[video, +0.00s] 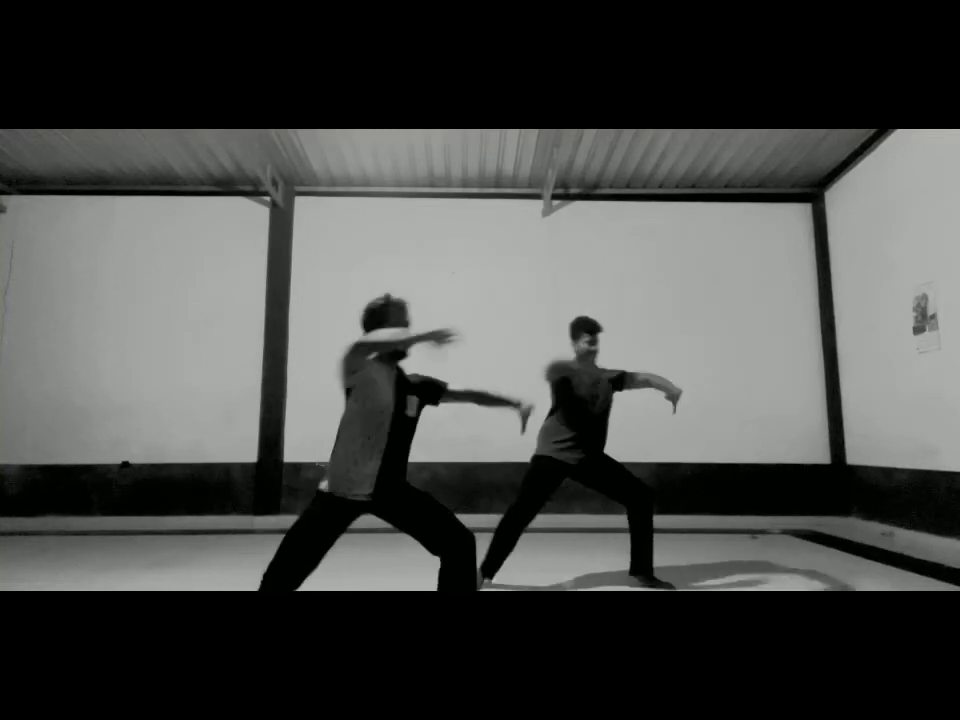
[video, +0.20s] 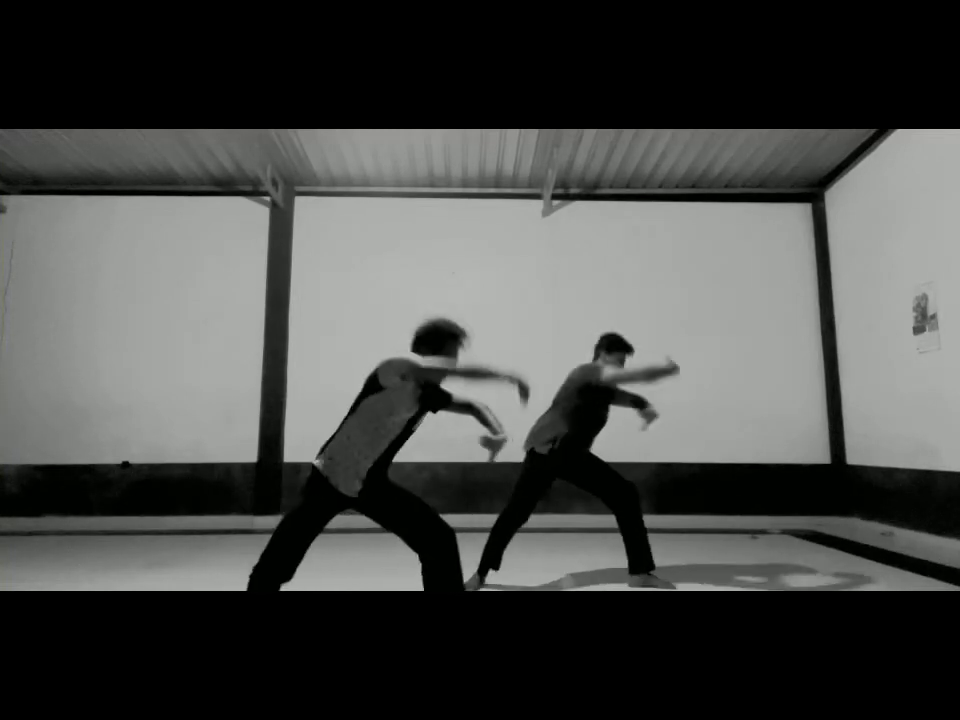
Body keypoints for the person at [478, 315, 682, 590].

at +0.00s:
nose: (592, 342)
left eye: (595, 337)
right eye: (585, 338)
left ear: (599, 341)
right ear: (574, 342)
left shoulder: (607, 378)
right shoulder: (564, 370)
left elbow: (646, 378)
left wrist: (672, 390)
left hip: (589, 457)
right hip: (553, 455)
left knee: (640, 497)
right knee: (522, 511)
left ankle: (642, 572)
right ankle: (485, 574)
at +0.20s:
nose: (620, 366)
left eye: (623, 362)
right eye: (616, 360)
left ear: (618, 361)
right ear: (600, 355)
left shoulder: (602, 387)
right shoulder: (585, 373)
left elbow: (623, 398)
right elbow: (623, 376)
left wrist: (642, 405)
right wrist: (663, 370)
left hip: (572, 453)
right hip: (547, 451)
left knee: (624, 495)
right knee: (518, 510)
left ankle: (641, 571)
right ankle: (481, 574)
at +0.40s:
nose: (593, 361)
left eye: (595, 357)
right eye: (592, 355)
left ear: (577, 349)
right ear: (583, 351)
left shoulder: (579, 376)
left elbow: (613, 387)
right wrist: (642, 424)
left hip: (569, 454)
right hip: (540, 454)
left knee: (623, 493)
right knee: (510, 513)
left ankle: (637, 571)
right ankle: (478, 579)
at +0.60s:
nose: (560, 346)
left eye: (562, 341)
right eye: (553, 341)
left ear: (566, 343)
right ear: (540, 345)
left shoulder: (580, 374)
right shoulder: (532, 380)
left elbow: (620, 367)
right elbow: (528, 408)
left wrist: (636, 374)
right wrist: (567, 416)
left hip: (585, 455)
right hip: (547, 458)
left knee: (638, 497)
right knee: (509, 513)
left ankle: (636, 567)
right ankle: (478, 575)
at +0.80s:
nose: (579, 346)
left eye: (583, 340)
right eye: (573, 341)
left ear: (590, 341)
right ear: (565, 344)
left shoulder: (607, 372)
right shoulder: (551, 374)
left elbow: (649, 360)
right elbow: (510, 370)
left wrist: (638, 368)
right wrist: (541, 371)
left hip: (592, 456)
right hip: (551, 454)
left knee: (643, 502)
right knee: (503, 501)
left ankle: (641, 576)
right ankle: (488, 561)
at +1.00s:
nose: (579, 346)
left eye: (584, 341)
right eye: (574, 341)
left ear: (592, 343)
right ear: (566, 343)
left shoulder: (605, 377)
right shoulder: (550, 373)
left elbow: (645, 376)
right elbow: (515, 366)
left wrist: (641, 389)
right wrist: (502, 376)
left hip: (590, 458)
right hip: (547, 456)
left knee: (639, 500)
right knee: (495, 487)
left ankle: (640, 572)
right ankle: (483, 554)